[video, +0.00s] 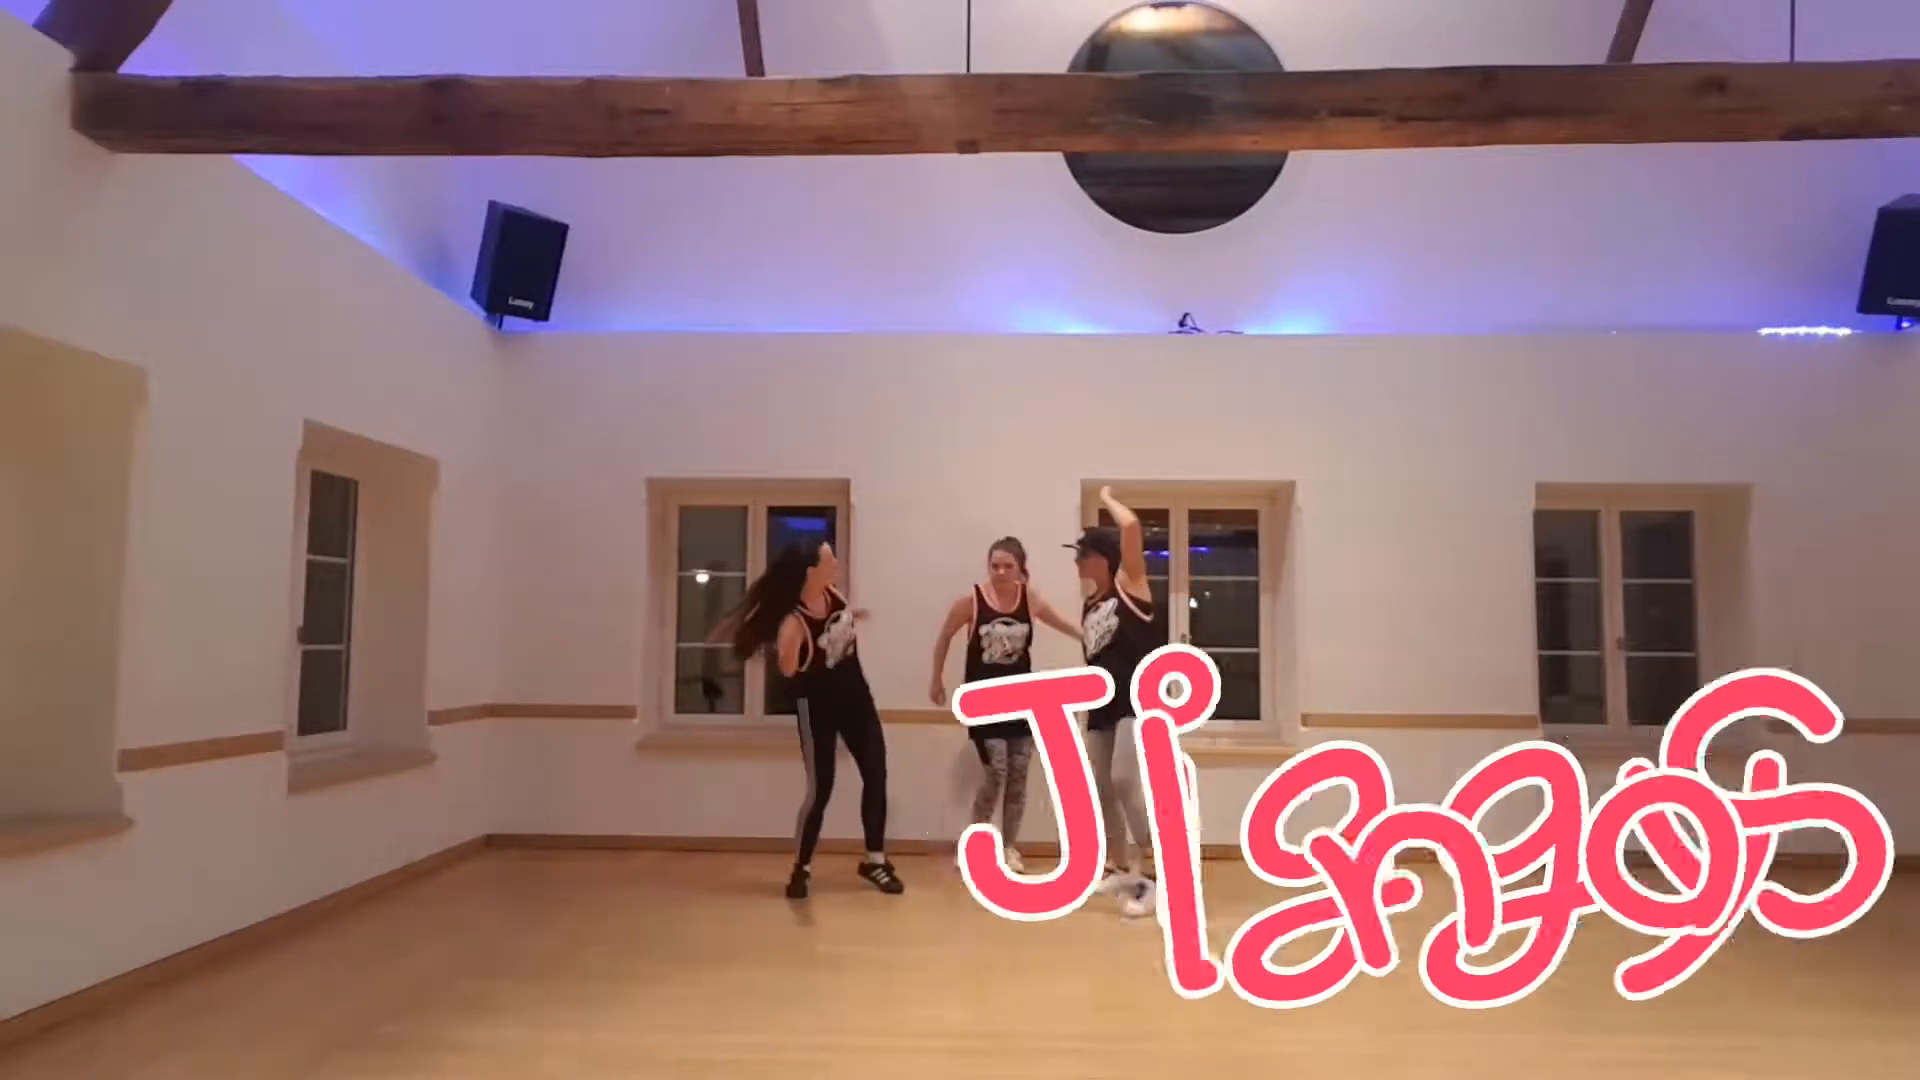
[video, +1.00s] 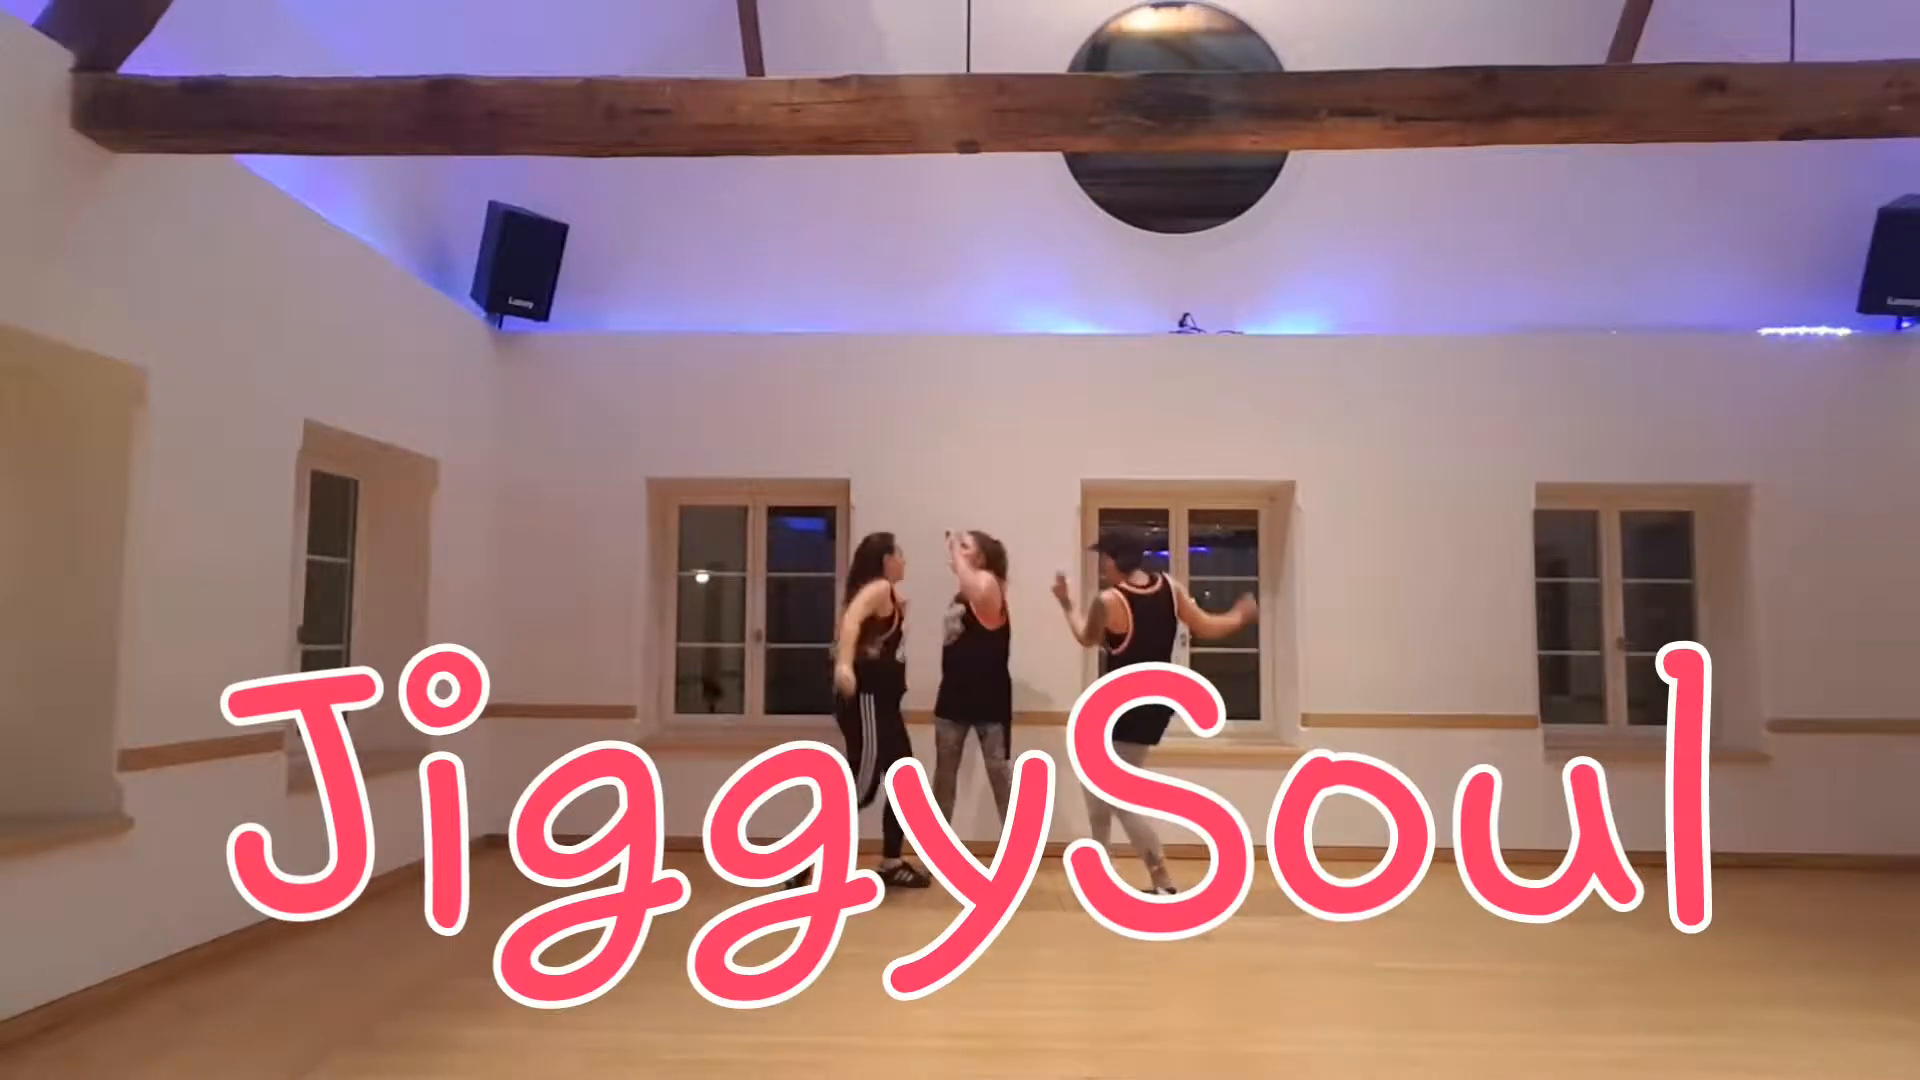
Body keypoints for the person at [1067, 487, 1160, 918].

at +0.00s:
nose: (1079, 567)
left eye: (1085, 559)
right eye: (1079, 560)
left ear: (1106, 559)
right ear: (1090, 563)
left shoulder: (1131, 584)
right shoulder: (1092, 607)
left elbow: (1130, 525)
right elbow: (1092, 658)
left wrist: (1107, 497)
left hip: (1134, 706)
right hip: (1099, 709)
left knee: (1125, 781)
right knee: (1101, 788)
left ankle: (1152, 873)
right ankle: (1119, 869)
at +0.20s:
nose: (1090, 581)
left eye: (1095, 574)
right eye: (1090, 573)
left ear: (1115, 575)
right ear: (1100, 578)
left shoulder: (1140, 605)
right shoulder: (1116, 612)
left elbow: (1107, 566)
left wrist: (1092, 528)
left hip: (1138, 728)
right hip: (1116, 728)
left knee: (1117, 807)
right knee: (1088, 805)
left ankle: (1160, 884)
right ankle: (1117, 871)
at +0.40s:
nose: (1096, 564)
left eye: (1101, 556)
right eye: (1097, 557)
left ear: (1116, 556)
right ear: (1122, 556)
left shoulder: (1139, 577)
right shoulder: (1129, 584)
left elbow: (1078, 576)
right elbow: (1085, 580)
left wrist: (1059, 537)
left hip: (1147, 703)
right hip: (1122, 703)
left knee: (1134, 792)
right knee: (1092, 783)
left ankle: (1164, 880)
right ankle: (1113, 858)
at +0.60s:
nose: (1101, 558)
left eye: (1106, 551)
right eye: (1102, 550)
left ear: (1125, 552)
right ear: (1139, 553)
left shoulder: (1117, 584)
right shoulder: (1170, 585)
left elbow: (1073, 604)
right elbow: (1200, 630)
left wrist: (1054, 564)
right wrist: (1225, 655)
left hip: (1129, 703)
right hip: (1159, 702)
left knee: (1133, 791)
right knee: (1103, 783)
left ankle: (1164, 883)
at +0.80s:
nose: (1103, 574)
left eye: (1106, 567)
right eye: (1103, 566)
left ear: (1120, 570)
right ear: (1144, 568)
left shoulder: (1114, 611)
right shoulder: (1176, 600)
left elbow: (1090, 637)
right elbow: (1209, 637)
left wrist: (1078, 601)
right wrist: (1245, 648)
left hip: (1123, 721)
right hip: (1163, 718)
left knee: (1111, 802)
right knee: (1106, 795)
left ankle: (1159, 884)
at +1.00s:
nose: (1100, 564)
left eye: (1103, 558)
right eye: (1101, 557)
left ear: (1114, 561)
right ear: (1138, 558)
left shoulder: (1108, 600)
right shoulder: (1169, 586)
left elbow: (1088, 638)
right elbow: (1205, 628)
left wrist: (1066, 604)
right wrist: (1240, 615)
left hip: (1120, 705)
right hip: (1157, 703)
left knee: (1103, 785)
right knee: (1117, 787)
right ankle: (1163, 883)